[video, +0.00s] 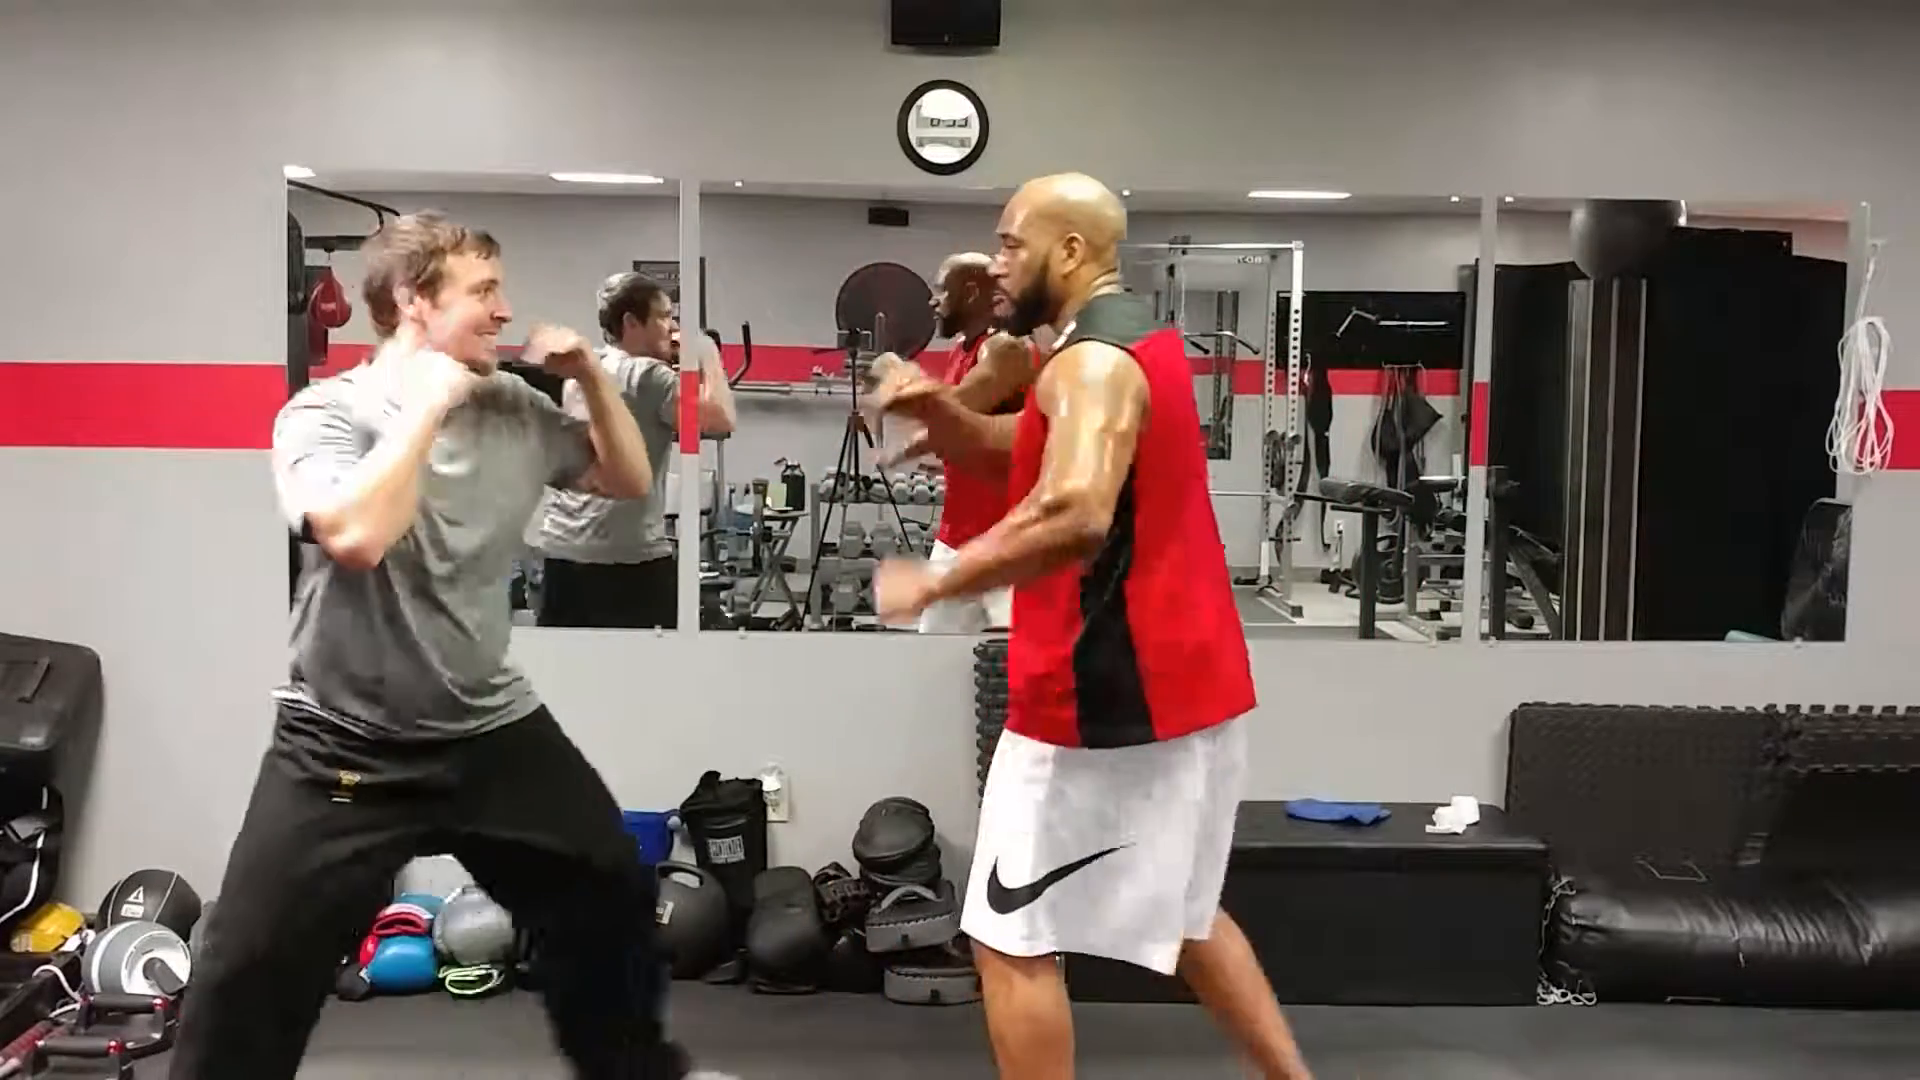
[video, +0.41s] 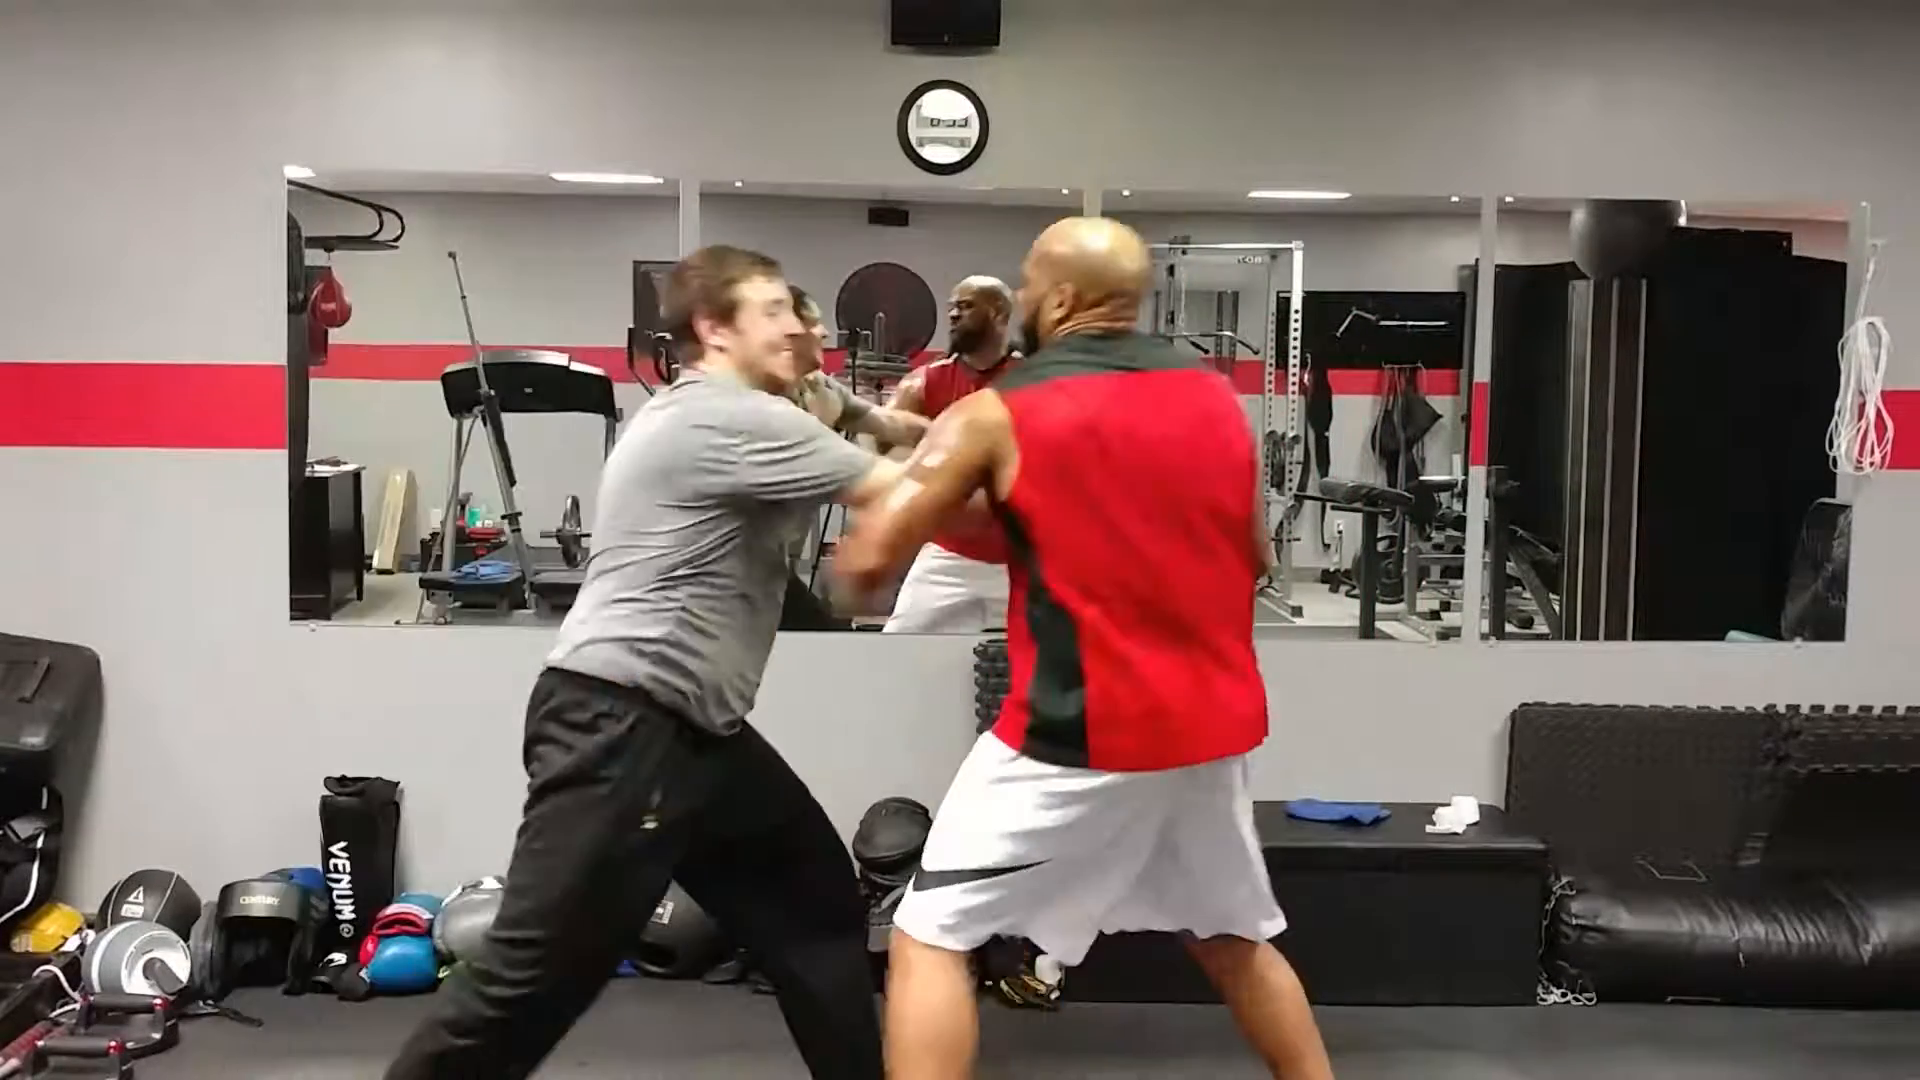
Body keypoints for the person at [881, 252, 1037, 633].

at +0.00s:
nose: (933, 302)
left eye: (941, 290)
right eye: (935, 291)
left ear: (974, 291)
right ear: (971, 293)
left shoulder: (1006, 351)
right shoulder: (962, 352)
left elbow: (945, 416)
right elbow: (947, 431)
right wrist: (898, 455)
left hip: (1005, 540)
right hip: (955, 536)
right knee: (937, 661)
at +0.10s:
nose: (956, 302)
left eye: (966, 292)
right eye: (958, 292)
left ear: (997, 296)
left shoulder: (1025, 350)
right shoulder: (965, 352)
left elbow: (994, 417)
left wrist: (940, 391)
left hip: (1017, 545)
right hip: (960, 537)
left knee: (1026, 668)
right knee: (917, 651)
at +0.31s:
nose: (967, 302)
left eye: (978, 294)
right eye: (969, 294)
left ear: (1012, 298)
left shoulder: (1047, 364)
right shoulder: (952, 366)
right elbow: (932, 450)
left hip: (1026, 536)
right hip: (957, 528)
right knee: (909, 636)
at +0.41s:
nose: (952, 315)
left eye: (963, 307)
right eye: (951, 307)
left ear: (999, 316)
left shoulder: (1033, 380)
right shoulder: (926, 383)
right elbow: (886, 467)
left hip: (1020, 562)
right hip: (945, 555)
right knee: (895, 661)